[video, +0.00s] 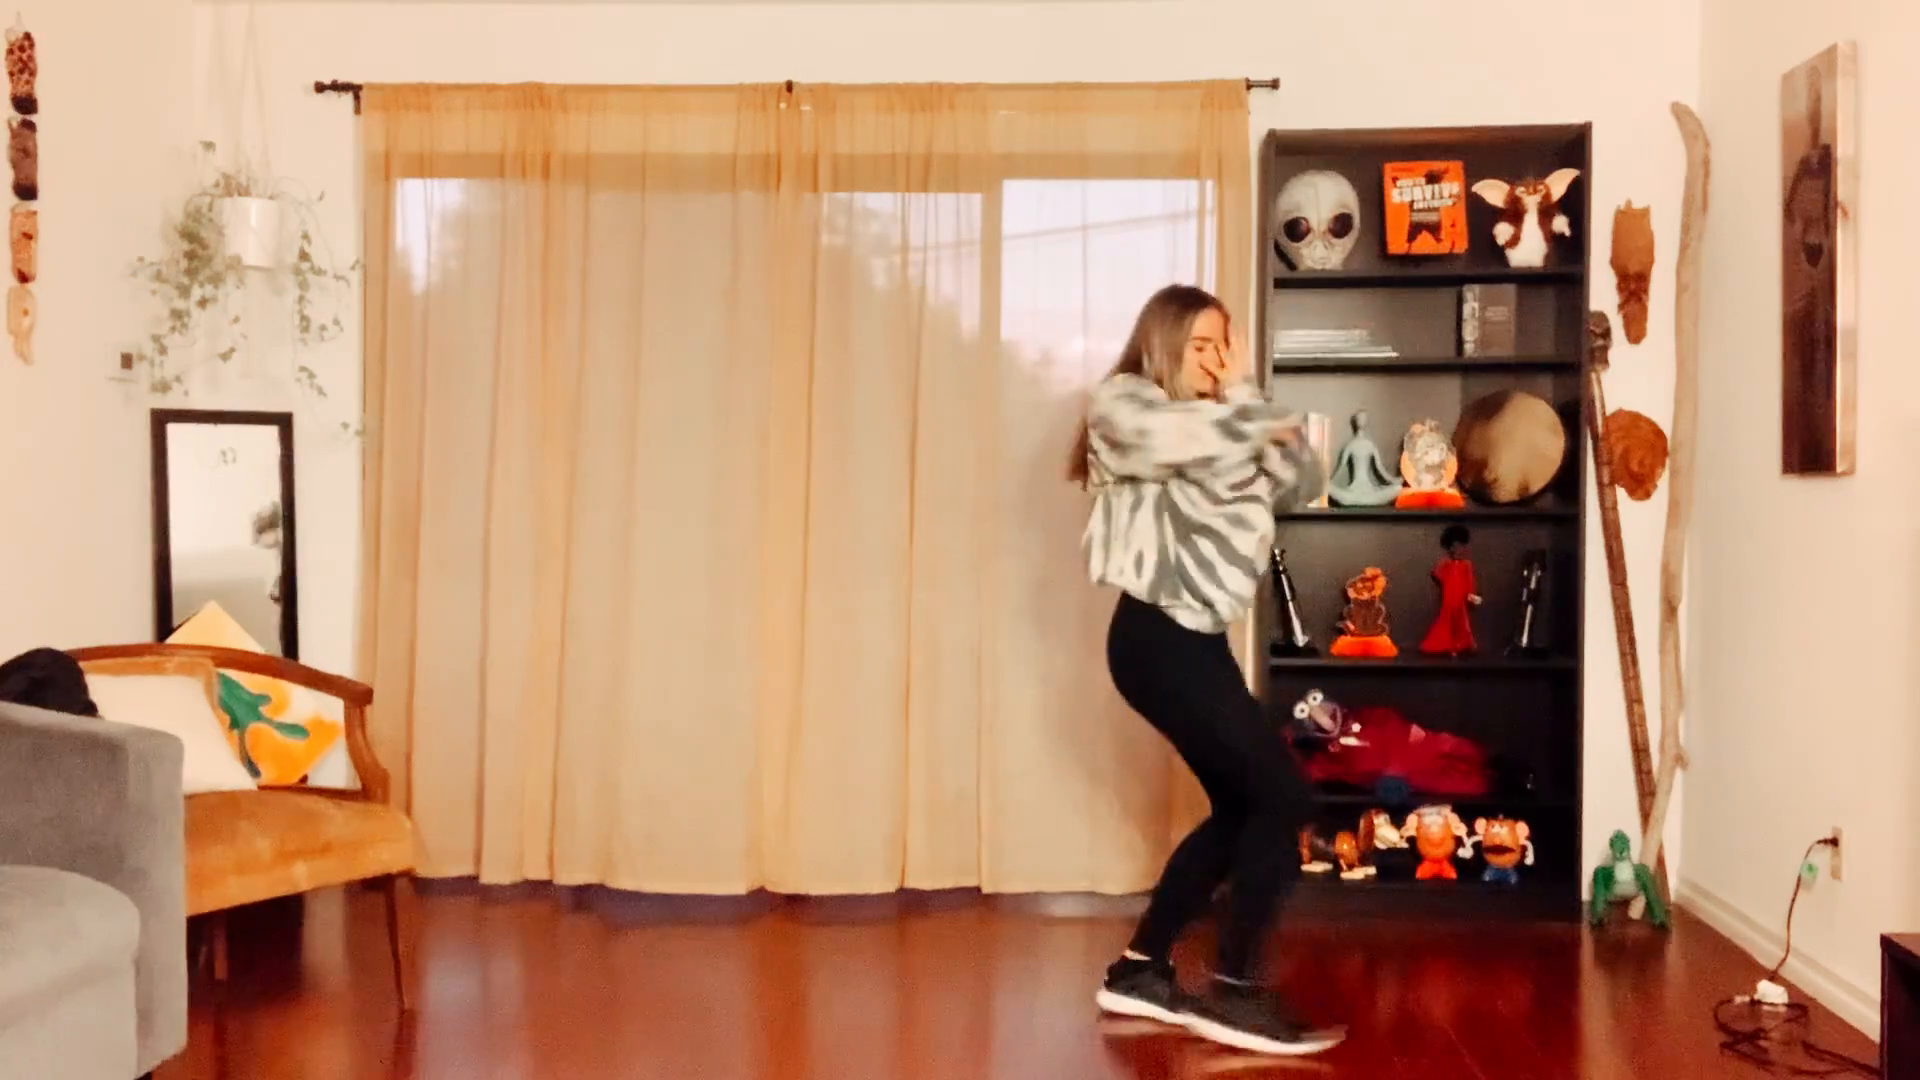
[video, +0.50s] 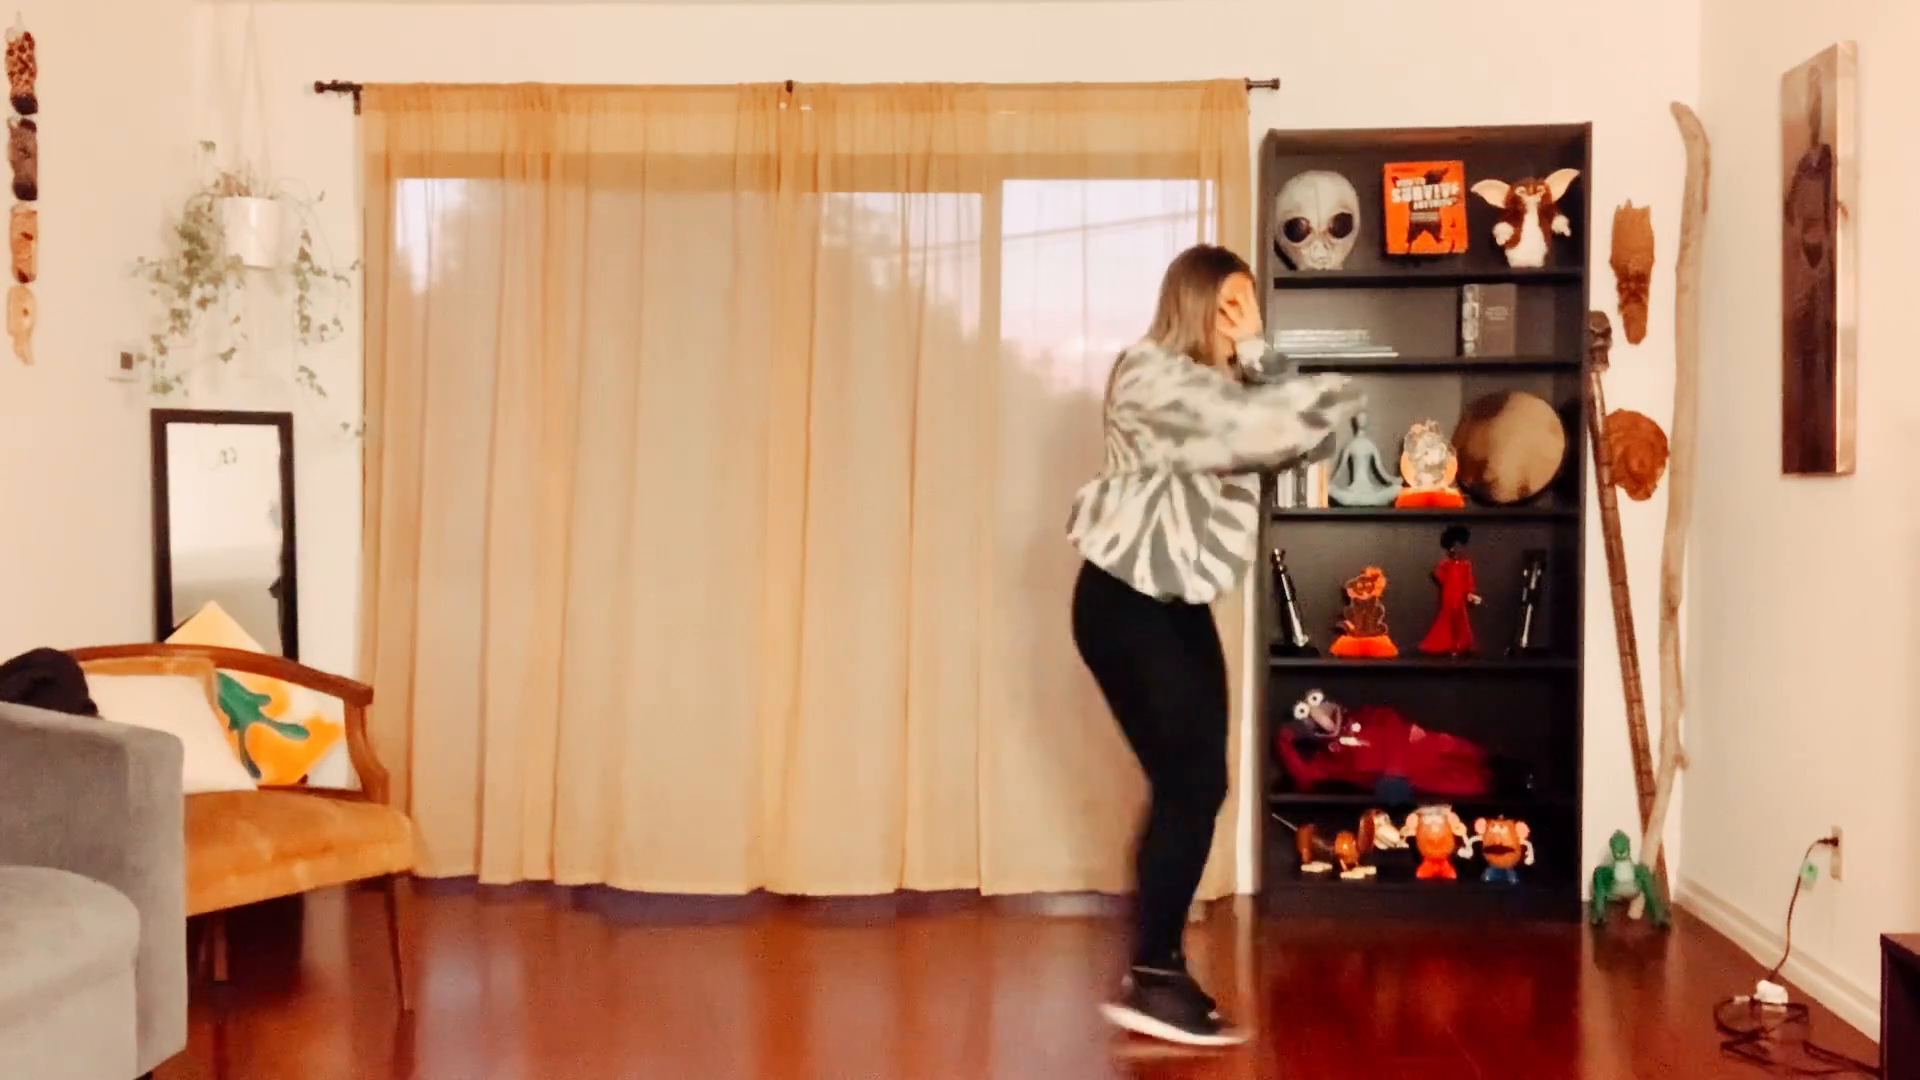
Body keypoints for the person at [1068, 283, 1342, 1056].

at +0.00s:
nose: (1220, 361)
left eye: (1225, 348)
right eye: (1205, 346)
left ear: (1225, 356)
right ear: (1161, 346)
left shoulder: (1217, 419)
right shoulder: (1122, 406)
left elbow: (1278, 490)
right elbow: (1180, 437)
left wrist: (1296, 453)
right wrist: (1251, 411)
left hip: (1197, 639)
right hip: (1157, 639)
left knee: (1243, 808)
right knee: (1278, 798)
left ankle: (1141, 967)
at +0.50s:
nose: (1248, 324)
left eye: (1251, 308)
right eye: (1238, 306)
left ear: (1215, 308)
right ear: (1202, 304)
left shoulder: (1207, 379)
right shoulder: (1151, 374)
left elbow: (1271, 425)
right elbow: (1252, 430)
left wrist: (1258, 363)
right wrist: (1337, 398)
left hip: (1177, 601)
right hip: (1126, 601)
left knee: (1201, 780)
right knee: (1189, 781)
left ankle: (1159, 968)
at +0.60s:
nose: (1252, 316)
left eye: (1250, 302)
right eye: (1241, 300)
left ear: (1189, 303)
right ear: (1206, 302)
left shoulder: (1206, 378)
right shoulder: (1159, 367)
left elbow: (1281, 429)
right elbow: (1285, 405)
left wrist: (1257, 350)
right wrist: (1339, 376)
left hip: (1156, 603)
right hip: (1097, 595)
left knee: (1187, 784)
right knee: (1115, 788)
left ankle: (1151, 960)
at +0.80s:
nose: (1222, 388)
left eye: (1219, 373)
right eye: (1209, 374)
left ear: (1177, 382)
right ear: (1169, 379)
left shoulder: (1191, 448)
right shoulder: (1134, 439)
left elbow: (1249, 491)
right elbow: (1234, 501)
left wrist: (1239, 424)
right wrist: (1302, 462)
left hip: (1116, 664)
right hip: (1048, 642)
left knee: (1217, 802)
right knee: (960, 820)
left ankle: (1150, 969)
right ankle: (839, 965)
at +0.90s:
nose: (1203, 444)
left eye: (1207, 431)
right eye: (1191, 428)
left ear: (1199, 440)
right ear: (1151, 432)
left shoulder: (1189, 511)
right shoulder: (1104, 477)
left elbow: (1225, 587)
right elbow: (1205, 540)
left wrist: (1235, 516)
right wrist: (1242, 497)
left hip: (1097, 701)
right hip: (1009, 679)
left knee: (1220, 805)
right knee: (891, 833)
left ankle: (1151, 969)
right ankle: (823, 966)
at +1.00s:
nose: (1170, 493)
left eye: (1186, 489)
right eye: (1160, 479)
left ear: (1197, 513)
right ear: (1130, 481)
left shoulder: (1169, 573)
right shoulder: (1066, 498)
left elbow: (1147, 608)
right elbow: (1099, 533)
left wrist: (1160, 525)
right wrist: (1174, 537)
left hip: (1067, 725)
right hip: (965, 710)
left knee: (1205, 802)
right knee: (835, 840)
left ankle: (1150, 970)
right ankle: (823, 967)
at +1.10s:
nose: (1140, 526)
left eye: (1155, 525)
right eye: (1136, 507)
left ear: (1151, 551)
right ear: (1104, 500)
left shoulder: (1111, 593)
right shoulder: (1015, 524)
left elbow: (1075, 594)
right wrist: (1101, 515)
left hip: (1031, 729)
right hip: (930, 718)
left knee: (1176, 806)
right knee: (802, 835)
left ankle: (1150, 970)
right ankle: (820, 966)